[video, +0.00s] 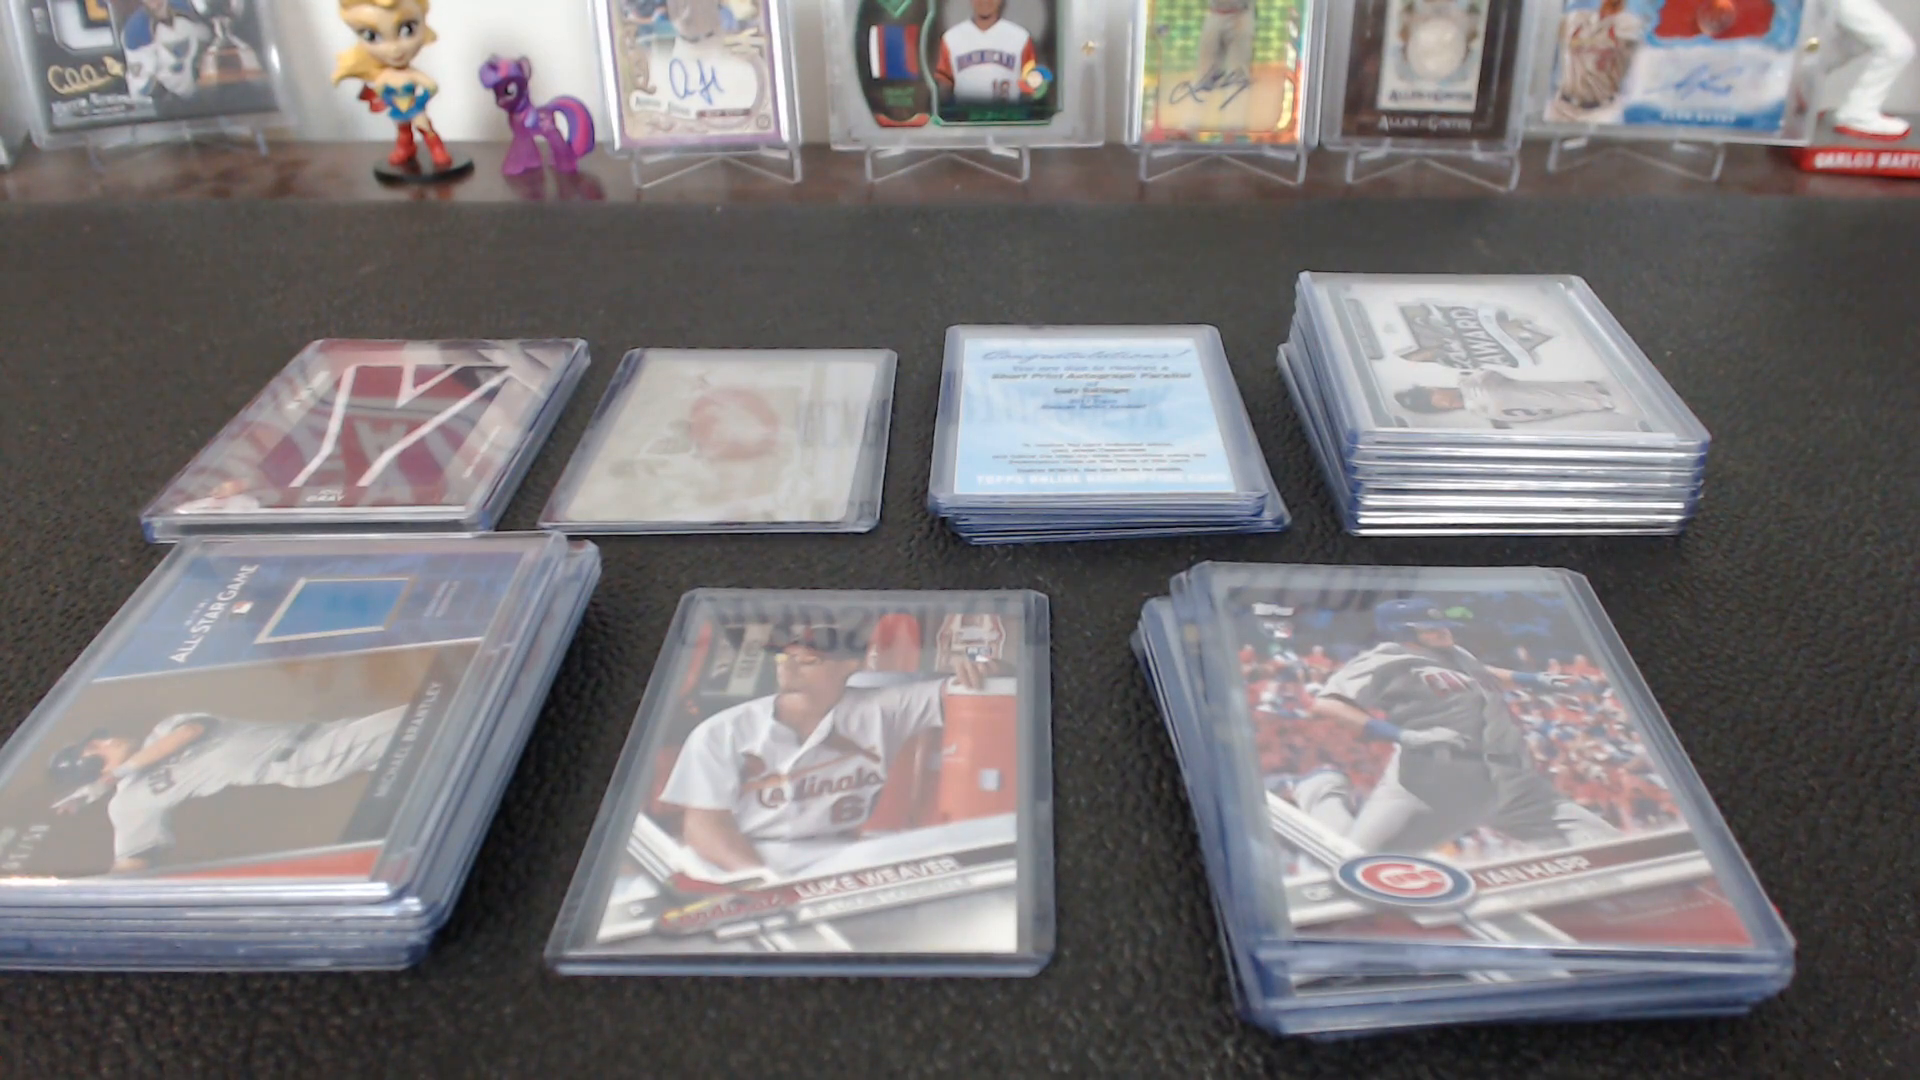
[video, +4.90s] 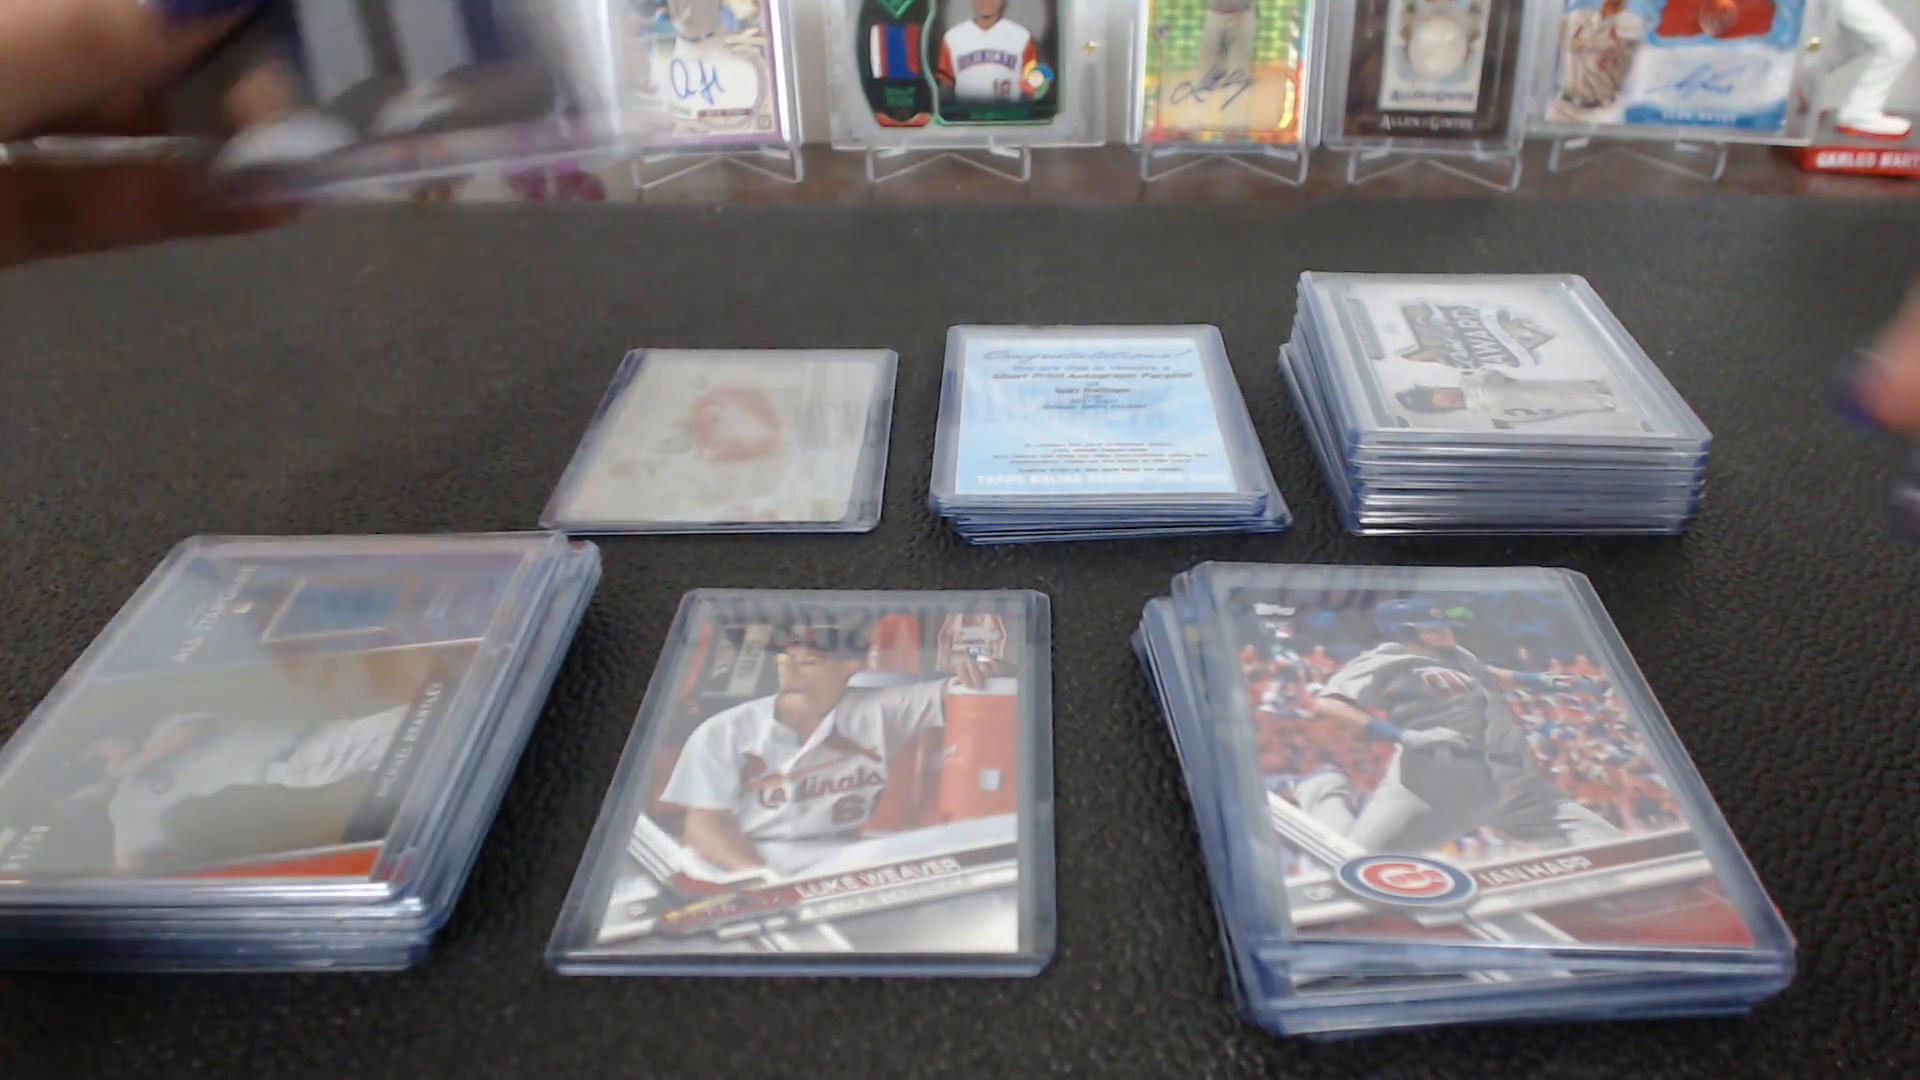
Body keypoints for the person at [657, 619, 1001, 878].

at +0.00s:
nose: (799, 656)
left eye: (820, 646)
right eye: (789, 644)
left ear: (854, 661)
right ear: (776, 656)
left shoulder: (877, 713)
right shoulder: (719, 735)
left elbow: (959, 690)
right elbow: (703, 829)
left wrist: (972, 674)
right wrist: (767, 883)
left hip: (829, 868)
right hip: (730, 872)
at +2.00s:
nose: (792, 661)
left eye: (814, 651)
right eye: (785, 648)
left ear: (852, 665)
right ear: (775, 658)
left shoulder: (874, 714)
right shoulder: (720, 736)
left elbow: (955, 691)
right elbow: (703, 829)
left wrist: (973, 674)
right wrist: (768, 884)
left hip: (827, 868)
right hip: (728, 873)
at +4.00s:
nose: (793, 658)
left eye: (814, 650)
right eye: (787, 646)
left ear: (853, 663)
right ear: (776, 655)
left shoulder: (875, 714)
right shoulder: (720, 735)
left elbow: (954, 692)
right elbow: (703, 831)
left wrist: (975, 675)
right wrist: (768, 886)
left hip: (830, 870)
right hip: (732, 875)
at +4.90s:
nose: (794, 657)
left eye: (816, 650)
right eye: (788, 645)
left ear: (854, 664)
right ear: (777, 654)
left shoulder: (875, 714)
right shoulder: (722, 735)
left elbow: (955, 692)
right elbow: (703, 830)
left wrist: (975, 675)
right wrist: (770, 884)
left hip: (826, 874)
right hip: (725, 879)